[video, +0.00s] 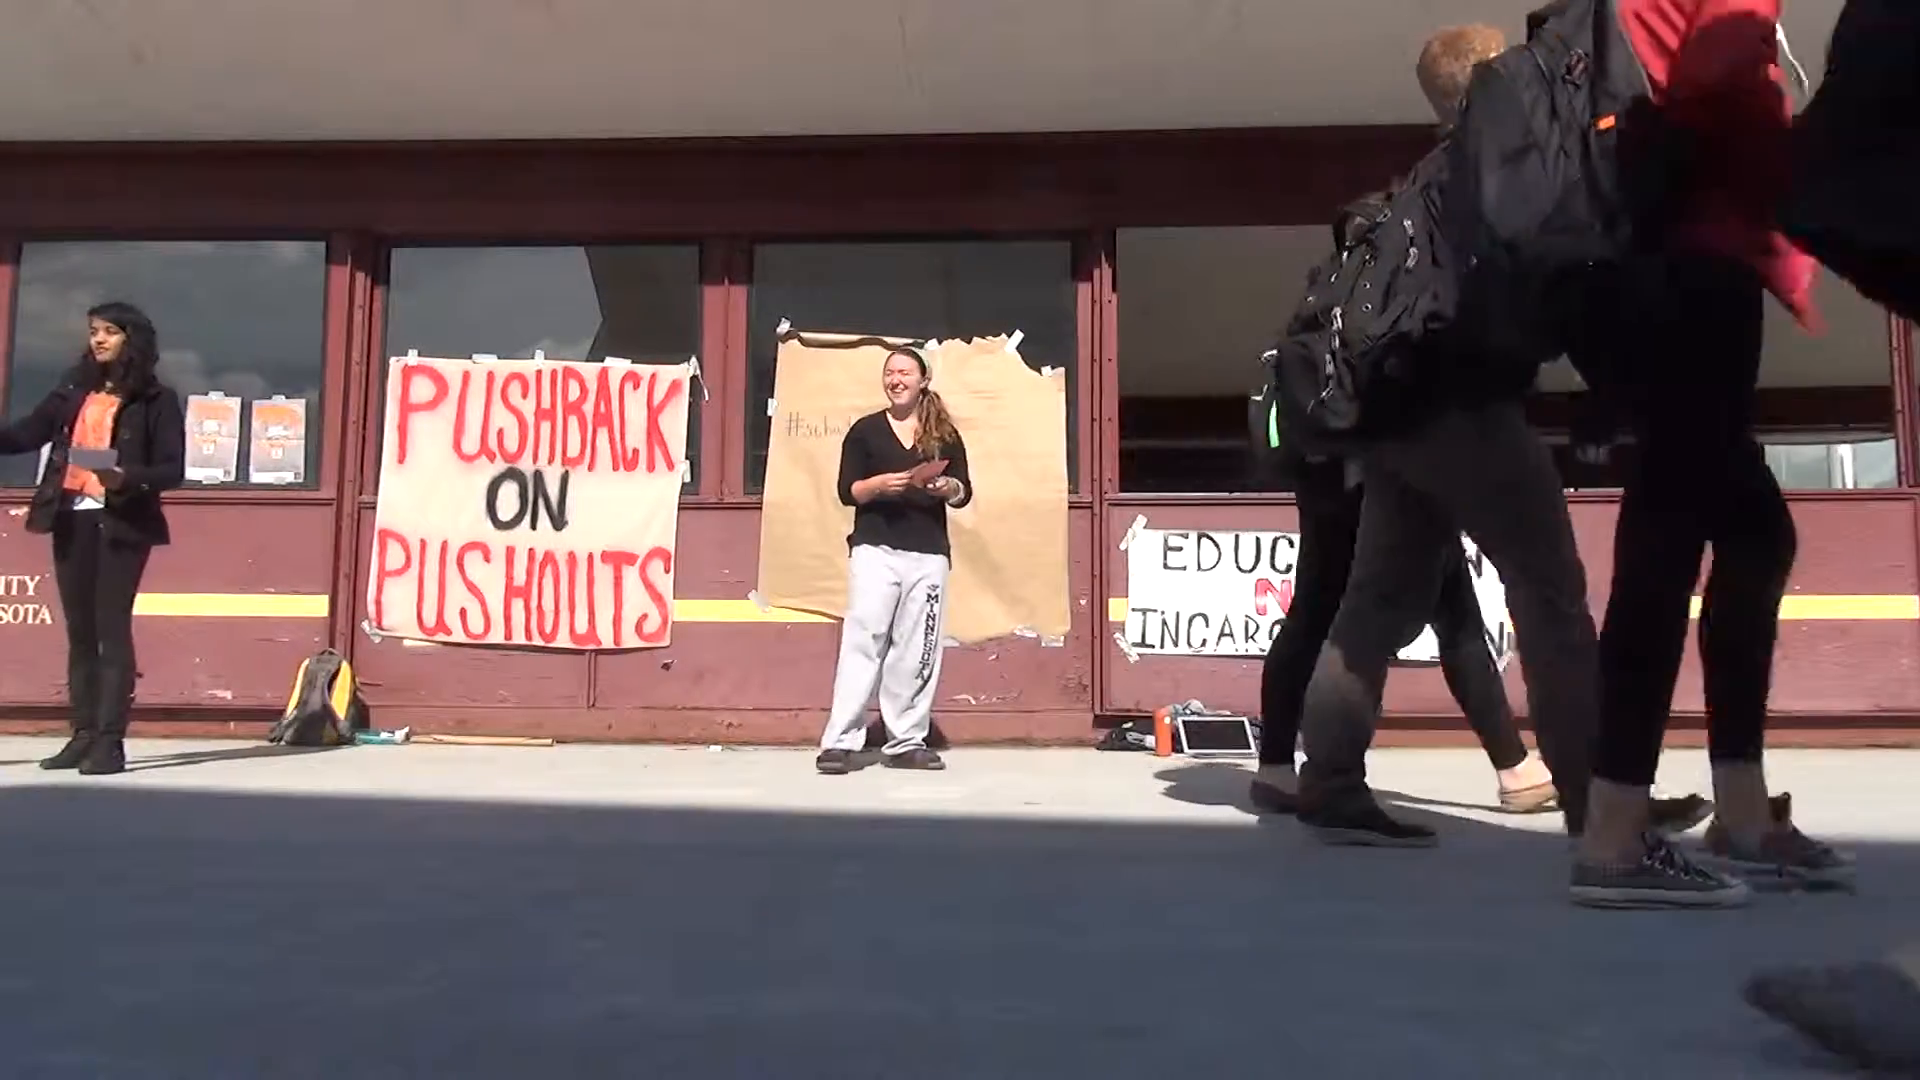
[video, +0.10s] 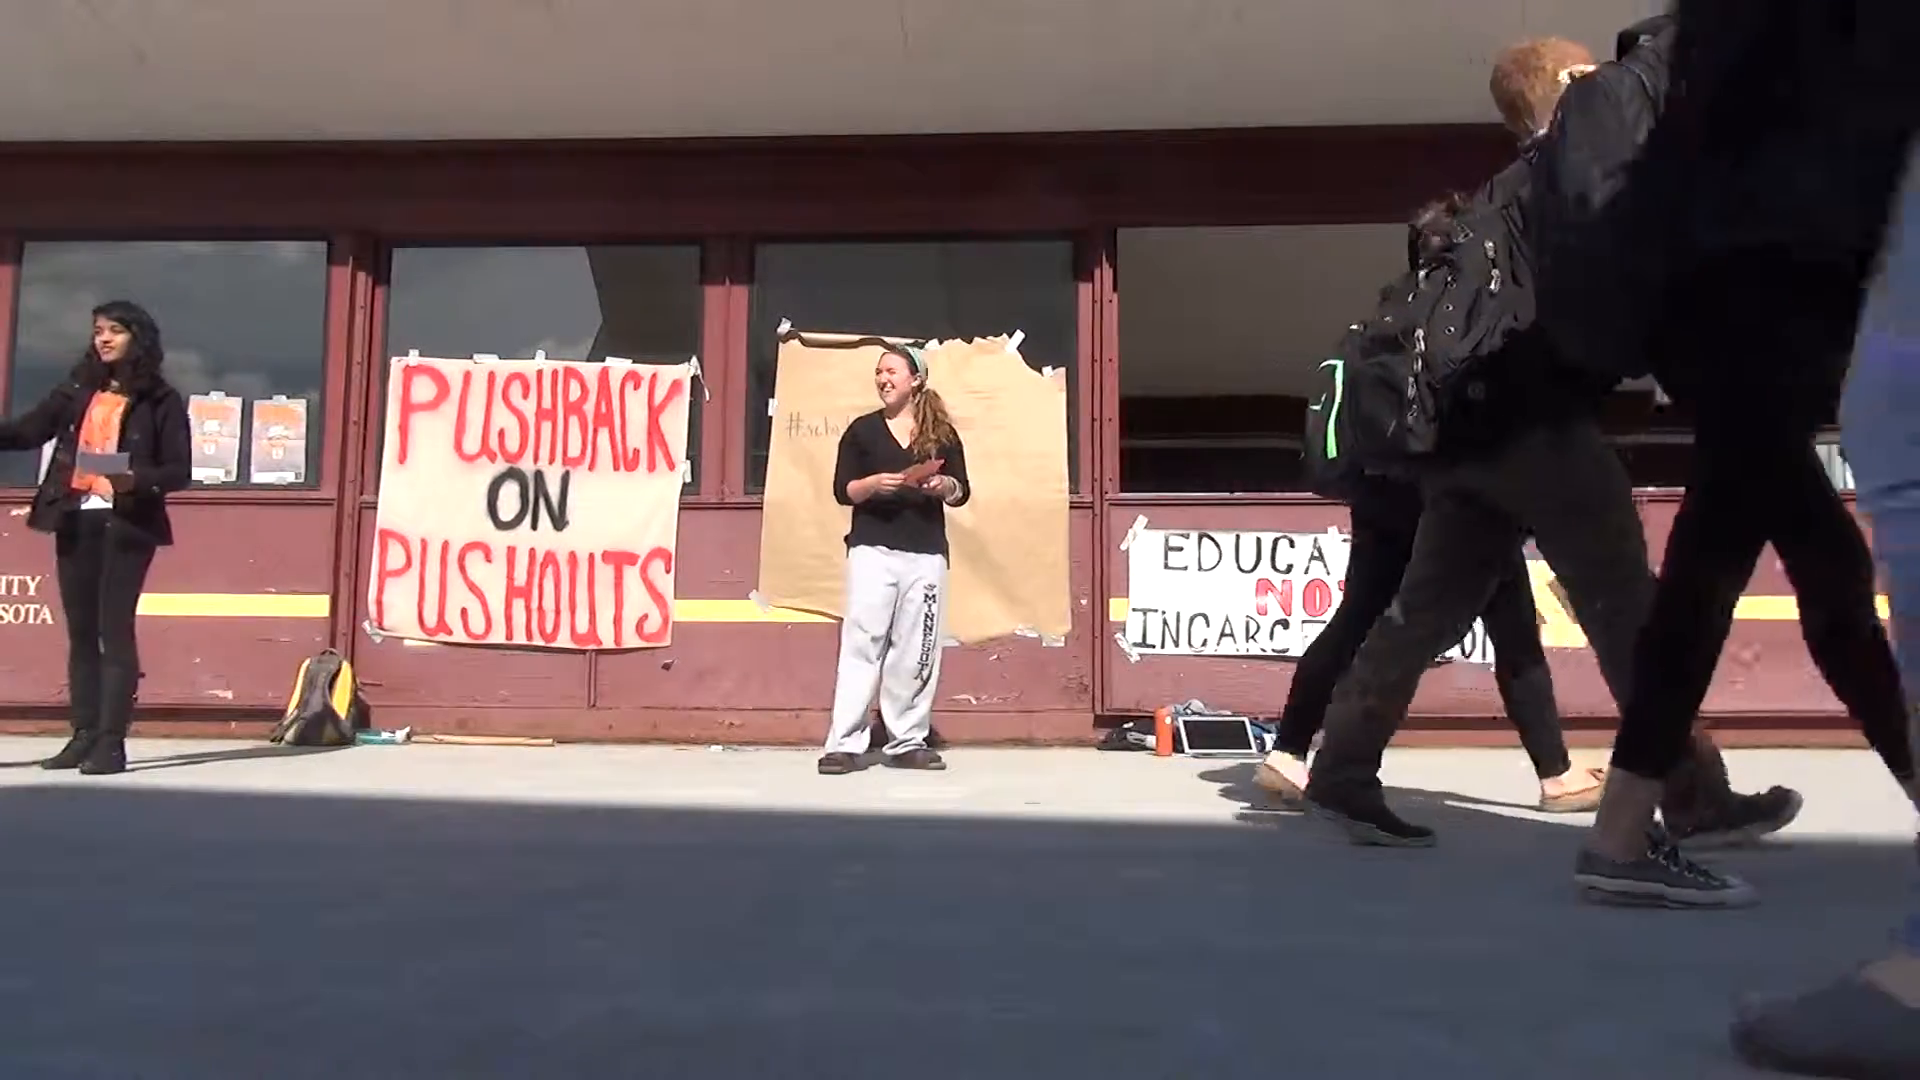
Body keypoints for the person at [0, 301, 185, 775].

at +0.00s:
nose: (96, 341)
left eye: (106, 333)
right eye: (93, 333)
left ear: (131, 338)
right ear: (90, 340)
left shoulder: (157, 397)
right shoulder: (77, 387)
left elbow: (172, 471)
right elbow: (29, 433)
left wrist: (127, 478)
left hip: (122, 525)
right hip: (72, 523)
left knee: (111, 630)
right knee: (80, 631)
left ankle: (110, 742)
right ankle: (85, 735)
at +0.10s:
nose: (102, 340)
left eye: (112, 332)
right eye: (98, 333)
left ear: (137, 337)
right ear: (93, 339)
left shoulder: (162, 398)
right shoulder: (80, 389)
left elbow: (178, 472)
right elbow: (30, 430)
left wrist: (131, 479)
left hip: (127, 527)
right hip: (75, 523)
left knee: (115, 631)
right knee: (81, 632)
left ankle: (111, 743)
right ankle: (85, 735)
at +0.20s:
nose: (106, 339)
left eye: (116, 332)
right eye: (102, 332)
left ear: (142, 337)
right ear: (97, 339)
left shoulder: (167, 398)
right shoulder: (83, 386)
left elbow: (185, 473)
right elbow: (33, 428)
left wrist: (148, 484)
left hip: (131, 525)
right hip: (79, 522)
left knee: (120, 630)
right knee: (80, 631)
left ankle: (113, 742)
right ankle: (84, 733)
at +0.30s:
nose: (112, 340)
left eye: (121, 333)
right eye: (107, 332)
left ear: (147, 337)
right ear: (101, 338)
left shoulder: (172, 398)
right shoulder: (88, 383)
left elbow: (191, 472)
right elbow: (38, 427)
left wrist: (154, 488)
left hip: (136, 522)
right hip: (82, 518)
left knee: (123, 629)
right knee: (73, 631)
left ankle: (113, 744)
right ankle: (82, 733)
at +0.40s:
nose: (116, 339)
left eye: (126, 331)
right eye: (110, 331)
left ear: (150, 336)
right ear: (103, 338)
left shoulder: (175, 398)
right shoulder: (90, 382)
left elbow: (198, 472)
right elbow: (42, 425)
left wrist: (168, 492)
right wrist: (3, 427)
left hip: (142, 520)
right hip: (87, 515)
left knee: (125, 629)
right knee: (67, 627)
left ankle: (115, 745)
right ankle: (79, 727)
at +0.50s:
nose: (119, 338)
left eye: (129, 331)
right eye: (113, 331)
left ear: (152, 335)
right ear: (105, 337)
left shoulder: (176, 397)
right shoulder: (91, 381)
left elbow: (199, 470)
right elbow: (46, 422)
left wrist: (174, 495)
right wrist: (9, 425)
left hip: (146, 519)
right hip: (89, 514)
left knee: (126, 628)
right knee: (69, 626)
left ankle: (115, 744)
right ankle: (76, 728)